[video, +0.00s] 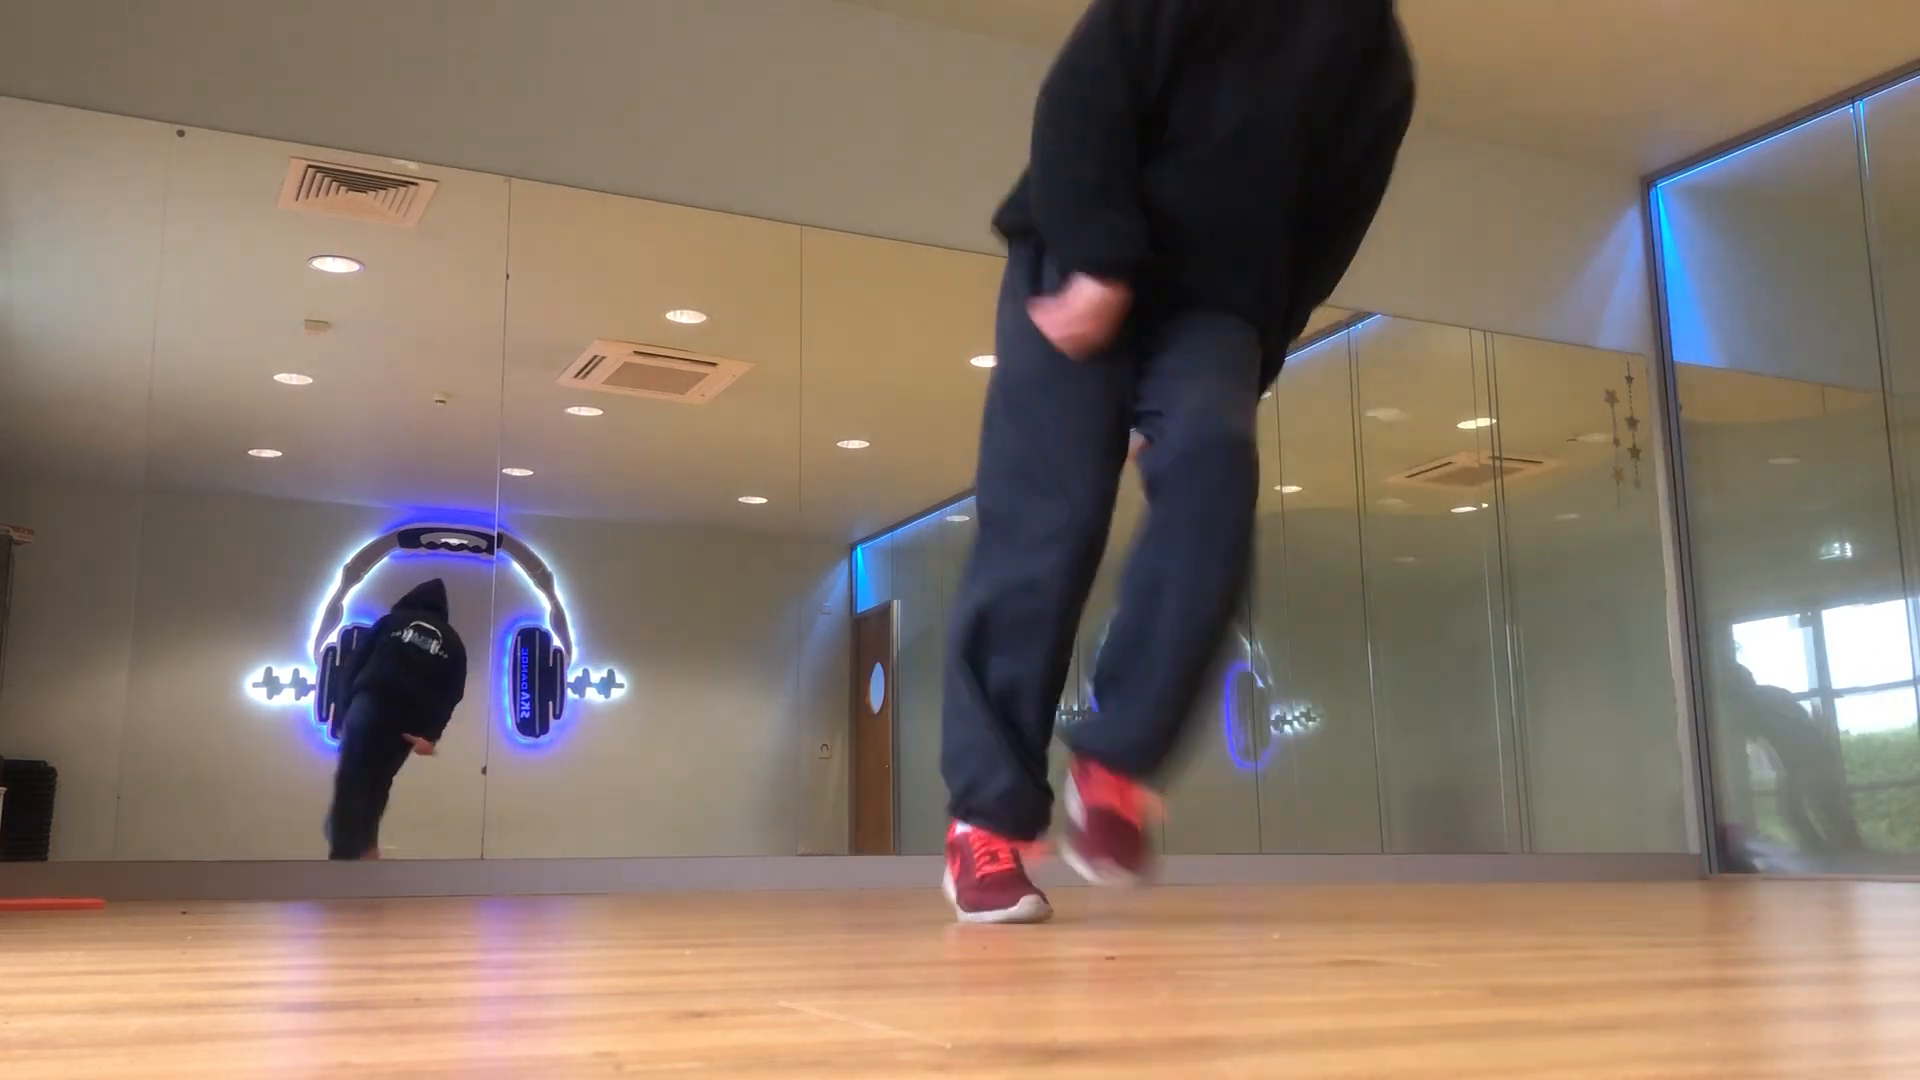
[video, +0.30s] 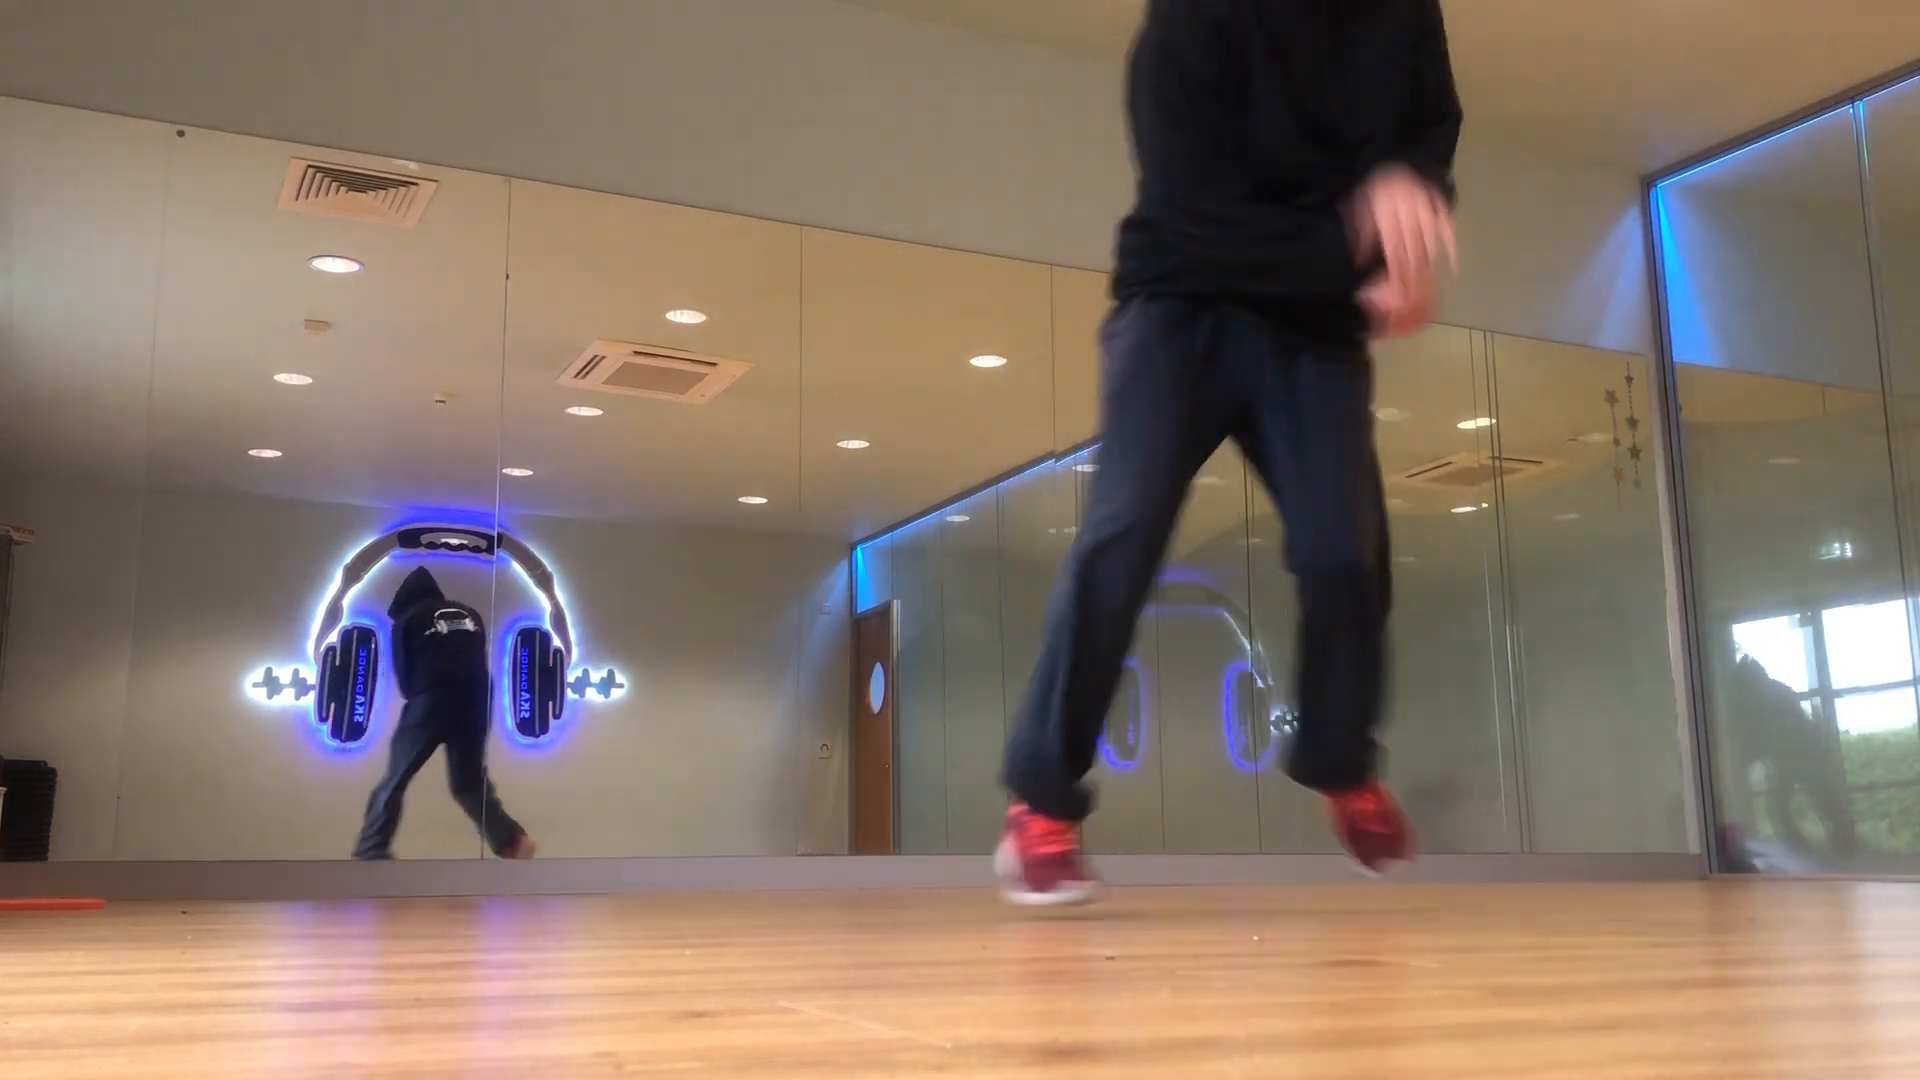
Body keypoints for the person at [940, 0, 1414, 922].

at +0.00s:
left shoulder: (1376, 62)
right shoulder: (1169, 9)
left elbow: (1329, 230)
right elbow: (1086, 91)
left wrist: (1253, 356)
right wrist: (1094, 257)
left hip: (1219, 293)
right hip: (1079, 250)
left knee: (1214, 483)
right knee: (1045, 532)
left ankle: (1115, 760)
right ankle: (989, 821)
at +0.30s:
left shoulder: (1401, 11)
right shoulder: (1190, 22)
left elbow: (1429, 116)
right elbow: (1186, 201)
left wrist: (1406, 180)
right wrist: (1351, 256)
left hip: (1315, 319)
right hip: (1180, 307)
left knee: (1348, 556)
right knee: (1123, 535)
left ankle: (1343, 768)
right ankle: (1042, 803)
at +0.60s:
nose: (1491, 15)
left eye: (1505, 4)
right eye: (1472, 5)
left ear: (1522, 8)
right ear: (1427, 5)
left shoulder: (1543, 66)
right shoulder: (1361, 104)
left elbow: (1631, 204)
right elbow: (1333, 309)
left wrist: (1591, 129)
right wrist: (1401, 396)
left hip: (1502, 371)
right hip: (1385, 372)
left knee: (1523, 576)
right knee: (1500, 535)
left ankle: (1407, 815)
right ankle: (1494, 795)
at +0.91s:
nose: (1596, 9)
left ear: (1621, 7)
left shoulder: (1599, 94)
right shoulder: (1441, 102)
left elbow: (1652, 216)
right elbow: (1395, 288)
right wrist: (1421, 462)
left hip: (1584, 417)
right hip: (1500, 420)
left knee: (1611, 645)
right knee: (1721, 588)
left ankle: (1423, 804)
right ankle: (1849, 832)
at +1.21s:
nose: (1629, 24)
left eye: (1635, 17)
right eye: (1634, 14)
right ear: (1611, 2)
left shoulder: (1463, 21)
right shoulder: (1539, 33)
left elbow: (1426, 183)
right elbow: (1629, 216)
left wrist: (1510, 299)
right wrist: (1599, 298)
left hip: (1313, 303)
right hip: (1354, 301)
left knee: (1410, 585)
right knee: (1518, 480)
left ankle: (1364, 845)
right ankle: (1230, 578)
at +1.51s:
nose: (1599, 16)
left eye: (1597, 15)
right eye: (1601, 10)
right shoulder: (1499, 17)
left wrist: (1452, 216)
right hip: (1274, 284)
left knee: (1310, 579)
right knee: (1418, 535)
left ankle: (1147, 797)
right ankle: (1292, 843)